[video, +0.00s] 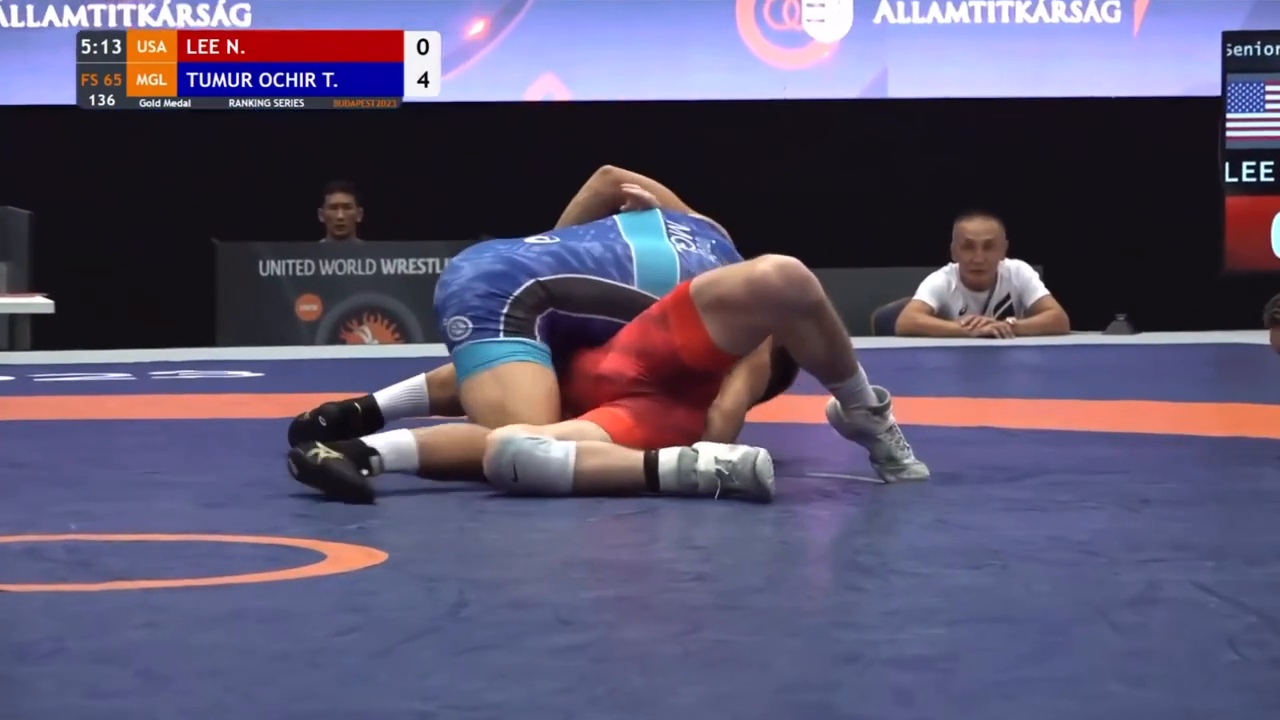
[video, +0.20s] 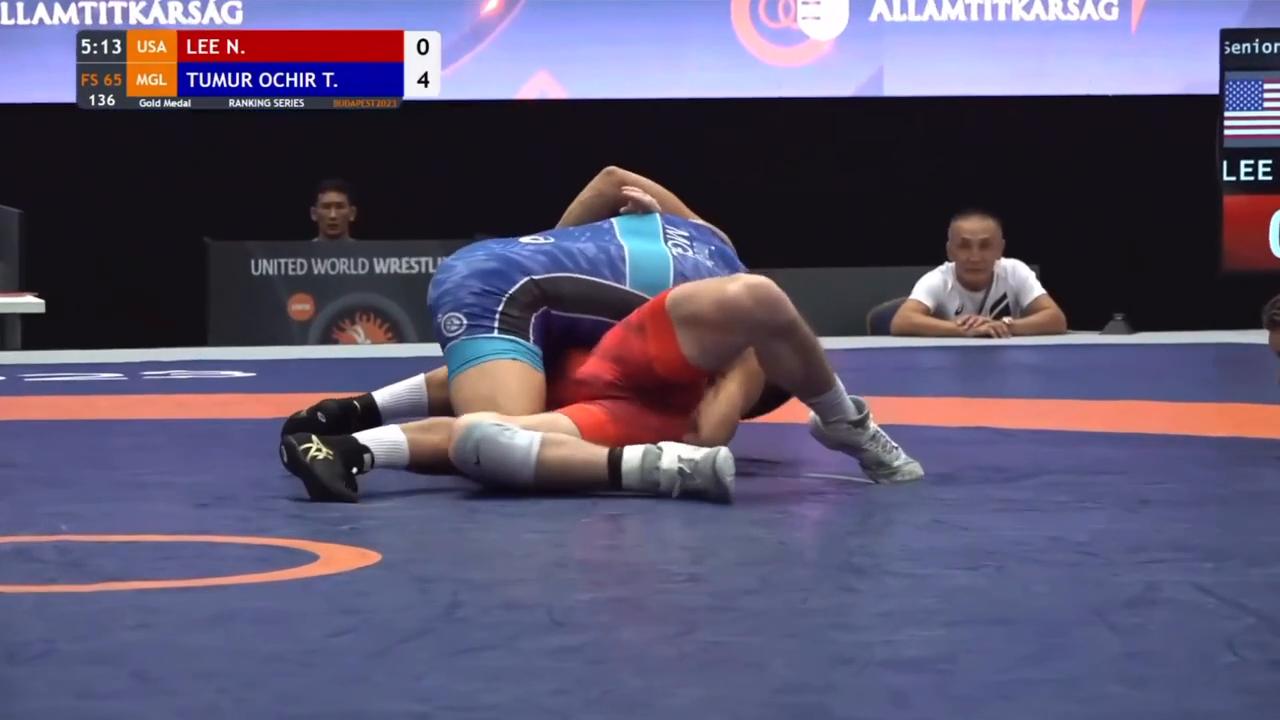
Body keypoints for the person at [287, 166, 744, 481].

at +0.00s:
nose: (756, 376)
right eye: (768, 371)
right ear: (784, 336)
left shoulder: (709, 233)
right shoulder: (753, 322)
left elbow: (614, 176)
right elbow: (727, 407)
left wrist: (548, 248)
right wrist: (714, 479)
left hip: (482, 260)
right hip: (503, 290)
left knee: (514, 368)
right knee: (524, 440)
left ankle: (366, 410)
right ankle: (363, 454)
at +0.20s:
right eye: (763, 389)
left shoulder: (713, 240)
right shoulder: (749, 335)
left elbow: (619, 178)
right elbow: (706, 437)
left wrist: (554, 250)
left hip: (475, 259)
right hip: (497, 288)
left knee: (505, 380)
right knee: (505, 431)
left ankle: (358, 410)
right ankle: (352, 448)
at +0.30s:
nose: (756, 402)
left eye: (764, 396)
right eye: (767, 396)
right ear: (772, 370)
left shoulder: (718, 244)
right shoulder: (749, 337)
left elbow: (627, 177)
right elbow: (706, 441)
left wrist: (561, 250)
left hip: (481, 252)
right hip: (498, 279)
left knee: (516, 370)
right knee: (506, 432)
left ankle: (362, 406)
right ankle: (359, 447)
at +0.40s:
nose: (763, 401)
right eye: (774, 393)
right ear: (783, 364)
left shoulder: (723, 248)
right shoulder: (748, 349)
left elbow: (626, 178)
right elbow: (701, 446)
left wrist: (549, 247)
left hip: (486, 250)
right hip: (502, 279)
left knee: (517, 375)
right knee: (505, 428)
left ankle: (360, 407)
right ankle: (365, 451)